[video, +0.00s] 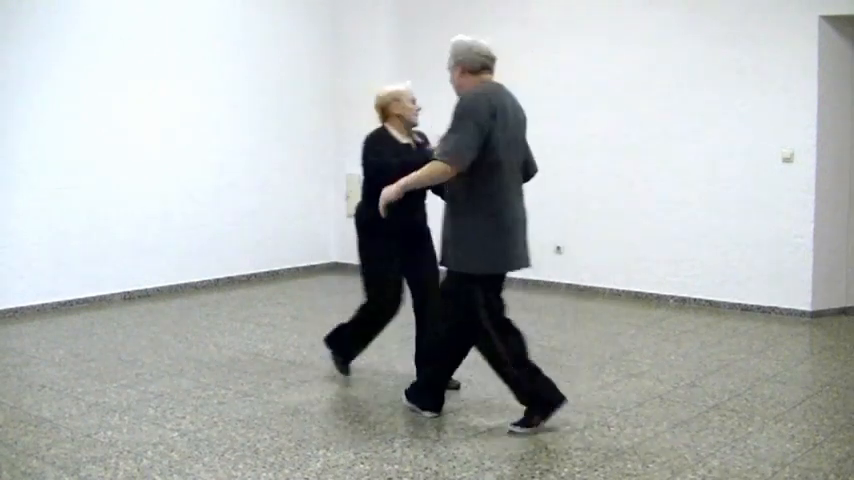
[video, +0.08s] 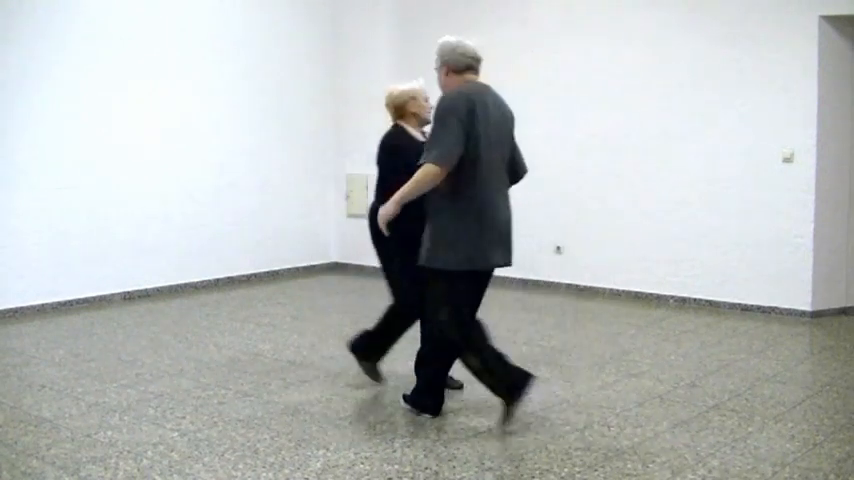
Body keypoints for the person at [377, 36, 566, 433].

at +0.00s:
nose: (451, 81)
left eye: (452, 74)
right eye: (452, 74)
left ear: (462, 70)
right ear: (488, 68)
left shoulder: (474, 102)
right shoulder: (507, 103)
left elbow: (448, 165)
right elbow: (526, 168)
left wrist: (401, 185)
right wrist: (472, 184)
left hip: (474, 237)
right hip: (498, 234)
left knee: (483, 319)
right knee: (455, 314)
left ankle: (541, 398)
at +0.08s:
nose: (438, 80)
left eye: (438, 73)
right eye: (439, 74)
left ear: (446, 70)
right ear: (475, 68)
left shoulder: (454, 102)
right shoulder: (498, 105)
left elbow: (437, 166)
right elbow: (515, 169)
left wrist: (396, 200)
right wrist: (472, 191)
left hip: (455, 232)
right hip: (488, 232)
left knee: (447, 316)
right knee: (451, 316)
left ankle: (509, 383)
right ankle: (426, 397)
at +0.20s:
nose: (423, 77)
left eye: (422, 72)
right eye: (424, 73)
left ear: (427, 68)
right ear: (459, 67)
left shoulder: (430, 98)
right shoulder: (485, 104)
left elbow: (419, 165)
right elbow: (500, 170)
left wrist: (396, 217)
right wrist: (465, 197)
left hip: (433, 228)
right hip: (475, 231)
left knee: (403, 304)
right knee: (447, 313)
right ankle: (428, 391)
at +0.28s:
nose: (416, 72)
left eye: (415, 67)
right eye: (419, 68)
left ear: (419, 66)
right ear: (452, 65)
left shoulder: (417, 96)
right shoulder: (477, 101)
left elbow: (407, 161)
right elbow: (495, 170)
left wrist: (393, 214)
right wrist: (468, 202)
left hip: (421, 228)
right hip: (464, 228)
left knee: (388, 302)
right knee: (454, 306)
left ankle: (426, 396)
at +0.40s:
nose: (409, 71)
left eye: (408, 67)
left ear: (409, 65)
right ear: (446, 65)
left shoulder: (400, 94)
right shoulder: (468, 100)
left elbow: (385, 156)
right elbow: (494, 166)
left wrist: (374, 209)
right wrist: (478, 197)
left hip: (400, 228)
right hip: (451, 231)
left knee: (377, 305)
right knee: (435, 316)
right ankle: (421, 401)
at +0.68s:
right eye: (434, 64)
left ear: (400, 64)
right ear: (434, 66)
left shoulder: (372, 96)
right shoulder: (447, 101)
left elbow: (336, 155)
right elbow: (475, 166)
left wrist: (320, 201)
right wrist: (495, 193)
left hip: (372, 222)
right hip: (421, 226)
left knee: (372, 291)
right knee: (409, 310)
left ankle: (354, 367)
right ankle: (398, 397)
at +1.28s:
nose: (411, 77)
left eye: (411, 70)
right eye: (410, 70)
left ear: (376, 66)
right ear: (397, 67)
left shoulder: (341, 97)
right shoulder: (393, 98)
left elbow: (305, 154)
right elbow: (421, 153)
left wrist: (304, 196)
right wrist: (466, 182)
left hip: (339, 220)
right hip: (383, 220)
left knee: (356, 305)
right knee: (410, 288)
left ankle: (360, 383)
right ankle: (393, 366)